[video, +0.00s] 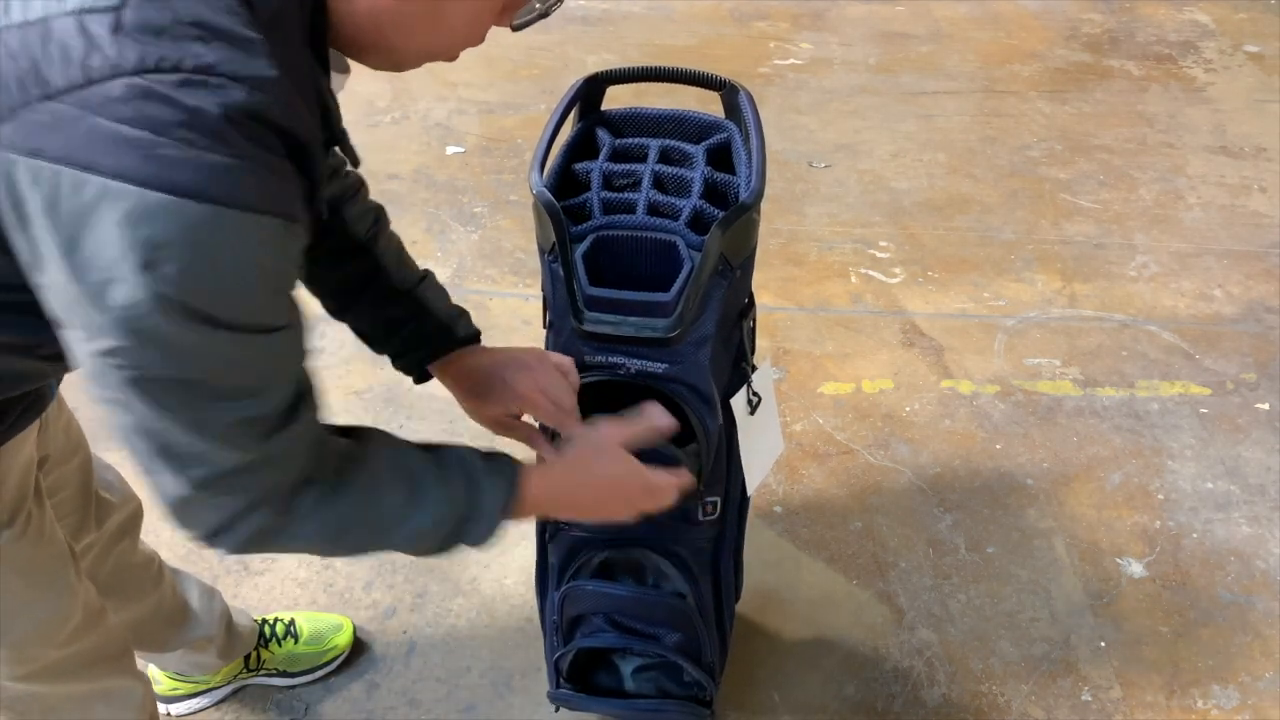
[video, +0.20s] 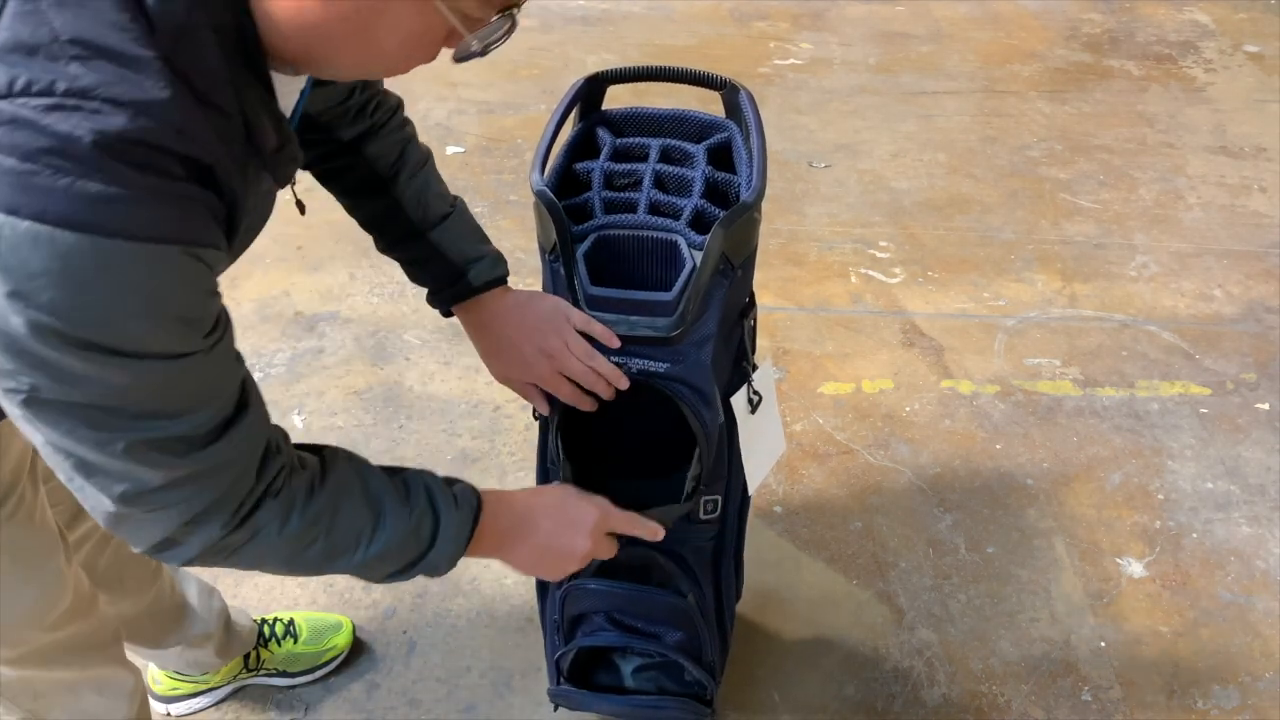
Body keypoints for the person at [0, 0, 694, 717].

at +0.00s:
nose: (483, 37)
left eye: (507, 20)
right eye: (504, 13)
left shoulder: (237, 14)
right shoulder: (164, 128)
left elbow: (316, 195)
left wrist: (461, 360)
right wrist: (537, 487)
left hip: (20, 392)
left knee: (94, 532)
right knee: (69, 666)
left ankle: (202, 654)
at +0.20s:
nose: (445, 56)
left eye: (468, 39)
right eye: (461, 31)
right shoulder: (82, 168)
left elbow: (343, 115)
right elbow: (212, 503)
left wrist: (481, 294)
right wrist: (488, 524)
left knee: (80, 517)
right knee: (59, 644)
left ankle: (202, 653)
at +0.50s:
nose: (408, 82)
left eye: (426, 56)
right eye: (398, 57)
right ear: (238, 13)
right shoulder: (32, 223)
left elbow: (373, 149)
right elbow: (201, 480)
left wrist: (523, 364)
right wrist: (479, 518)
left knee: (83, 513)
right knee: (39, 622)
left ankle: (200, 653)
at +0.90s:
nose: (382, 104)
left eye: (406, 77)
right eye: (383, 76)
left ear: (194, 17)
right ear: (198, 23)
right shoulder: (19, 256)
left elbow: (347, 189)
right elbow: (178, 498)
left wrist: (515, 380)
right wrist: (472, 524)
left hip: (45, 361)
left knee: (97, 518)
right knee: (37, 628)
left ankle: (199, 654)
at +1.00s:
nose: (383, 63)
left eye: (398, 41)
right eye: (386, 41)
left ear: (206, 2)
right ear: (211, 3)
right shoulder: (25, 257)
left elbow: (226, 145)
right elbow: (191, 485)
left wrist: (369, 316)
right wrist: (480, 506)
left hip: (45, 363)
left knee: (94, 520)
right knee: (38, 620)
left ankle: (198, 653)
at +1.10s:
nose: (379, 7)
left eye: (380, 1)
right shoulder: (33, 182)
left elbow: (193, 162)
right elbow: (202, 452)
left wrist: (337, 329)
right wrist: (482, 436)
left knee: (78, 512)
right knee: (45, 641)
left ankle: (197, 653)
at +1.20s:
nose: (341, 6)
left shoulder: (196, 16)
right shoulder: (47, 131)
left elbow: (235, 193)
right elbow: (228, 448)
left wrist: (392, 370)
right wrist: (515, 458)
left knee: (76, 505)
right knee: (35, 625)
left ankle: (198, 654)